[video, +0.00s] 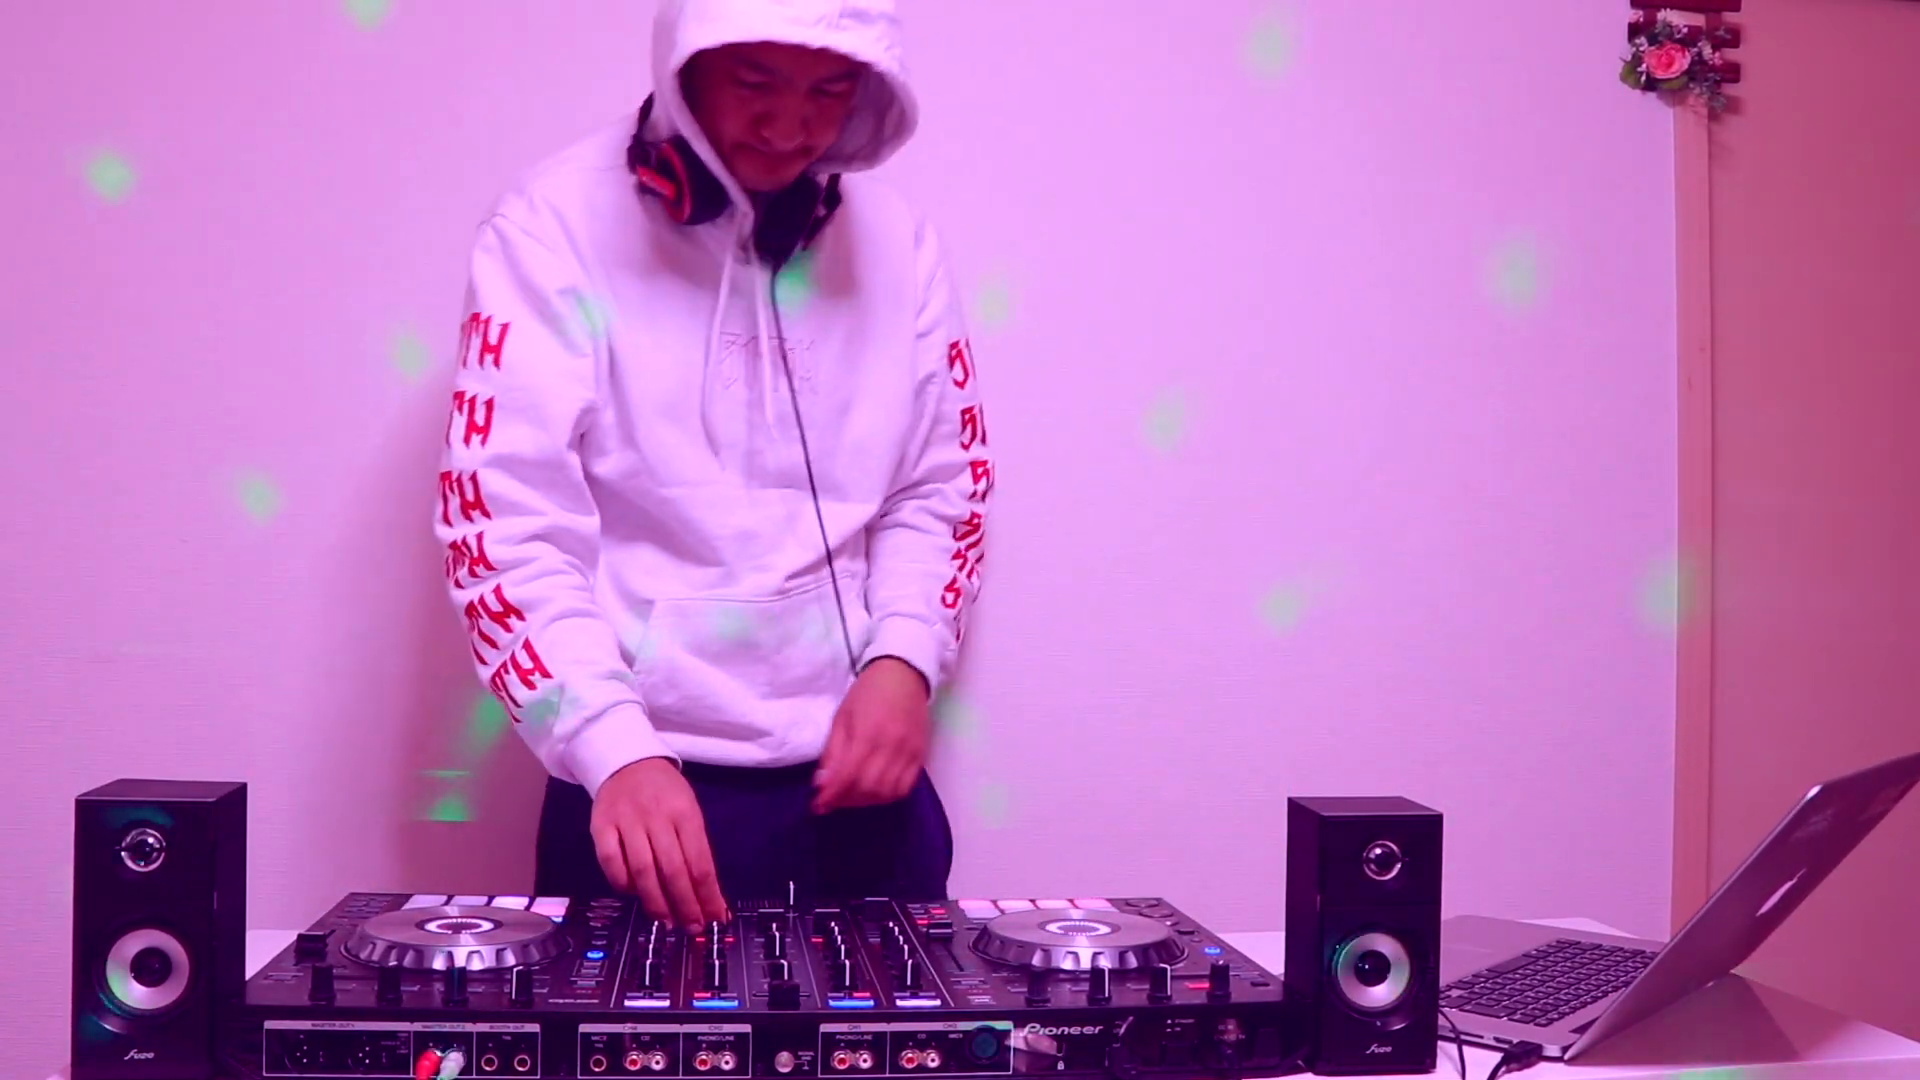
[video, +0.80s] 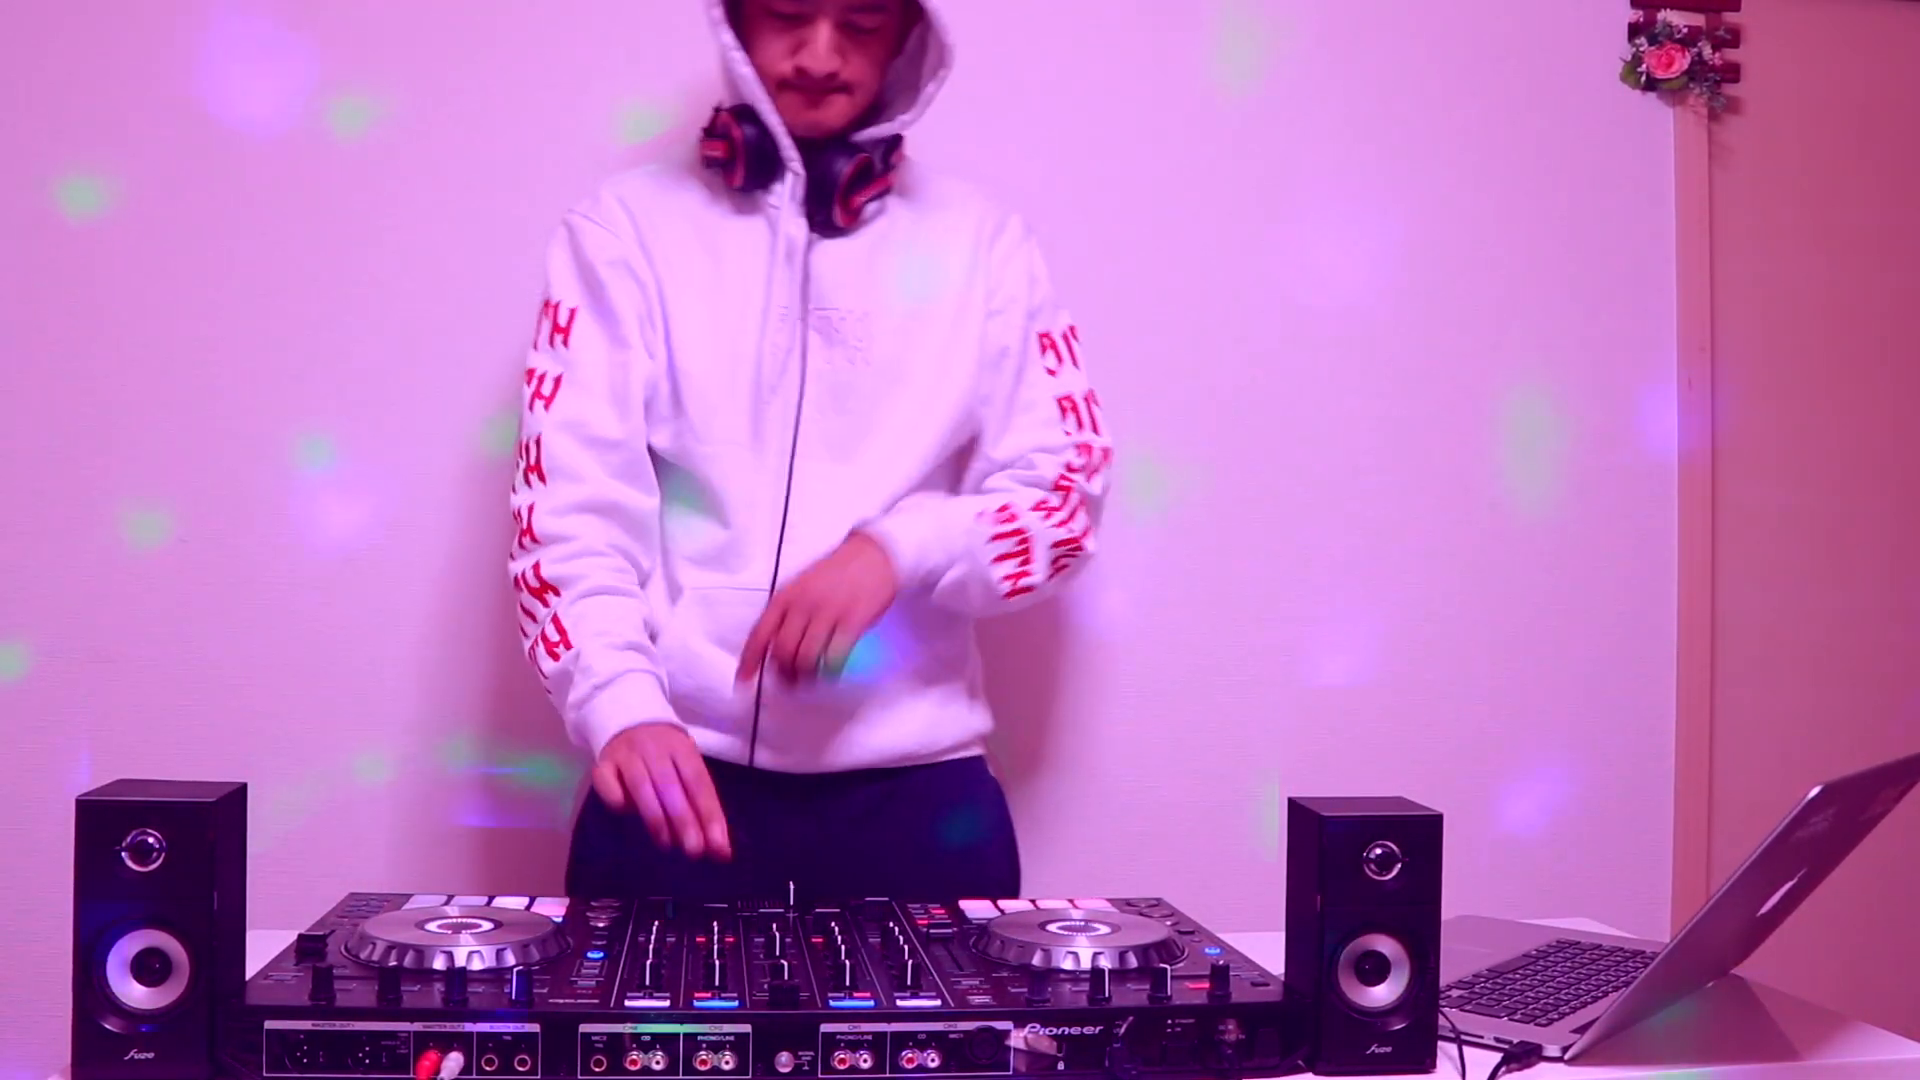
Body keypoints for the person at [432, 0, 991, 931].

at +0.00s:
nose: (787, 121)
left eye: (828, 86)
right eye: (753, 78)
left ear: (861, 95)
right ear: (683, 67)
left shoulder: (897, 239)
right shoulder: (556, 231)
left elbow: (944, 485)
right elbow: (506, 526)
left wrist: (904, 663)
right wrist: (616, 753)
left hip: (863, 788)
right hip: (645, 796)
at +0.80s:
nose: (820, 57)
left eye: (860, 24)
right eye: (783, 19)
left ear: (904, 35)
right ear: (735, 27)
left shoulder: (981, 245)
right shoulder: (627, 230)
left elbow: (1059, 495)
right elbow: (572, 507)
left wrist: (893, 548)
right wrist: (623, 708)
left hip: (912, 804)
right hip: (675, 793)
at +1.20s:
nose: (926, 94)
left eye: (970, 60)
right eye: (894, 46)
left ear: (1018, 72)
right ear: (845, 34)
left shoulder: (1073, 261)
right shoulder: (724, 215)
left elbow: (1169, 548)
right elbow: (637, 469)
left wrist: (1130, 431)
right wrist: (640, 630)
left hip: (986, 795)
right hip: (749, 779)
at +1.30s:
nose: (920, 71)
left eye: (962, 37)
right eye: (885, 31)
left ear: (1009, 40)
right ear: (840, 29)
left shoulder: (1089, 245)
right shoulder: (726, 215)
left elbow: (1222, 454)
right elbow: (661, 441)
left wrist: (1118, 507)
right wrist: (650, 517)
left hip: (990, 799)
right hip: (756, 787)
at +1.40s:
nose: (893, 70)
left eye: (935, 35)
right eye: (859, 33)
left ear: (989, 44)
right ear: (819, 41)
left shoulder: (1092, 246)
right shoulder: (740, 233)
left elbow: (1243, 458)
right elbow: (659, 519)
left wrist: (1088, 630)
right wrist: (642, 438)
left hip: (987, 800)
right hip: (755, 789)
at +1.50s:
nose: (859, 59)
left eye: (896, 24)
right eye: (824, 22)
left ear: (952, 28)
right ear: (786, 31)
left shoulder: (1077, 215)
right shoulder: (727, 221)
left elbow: (1207, 477)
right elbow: (628, 491)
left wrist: (1109, 713)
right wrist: (671, 335)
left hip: (975, 783)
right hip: (743, 763)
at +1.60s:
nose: (830, 40)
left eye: (867, 4)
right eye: (794, 7)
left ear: (929, 12)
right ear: (758, 22)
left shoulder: (1046, 214)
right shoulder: (690, 216)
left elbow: (1155, 498)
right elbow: (595, 473)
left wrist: (1135, 778)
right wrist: (710, 297)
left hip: (953, 795)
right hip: (715, 777)